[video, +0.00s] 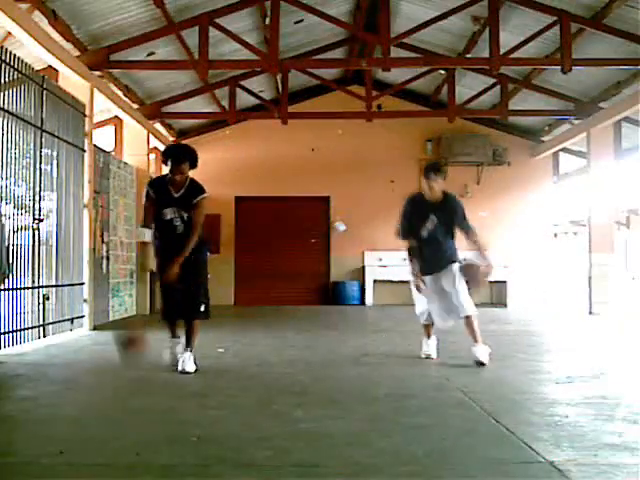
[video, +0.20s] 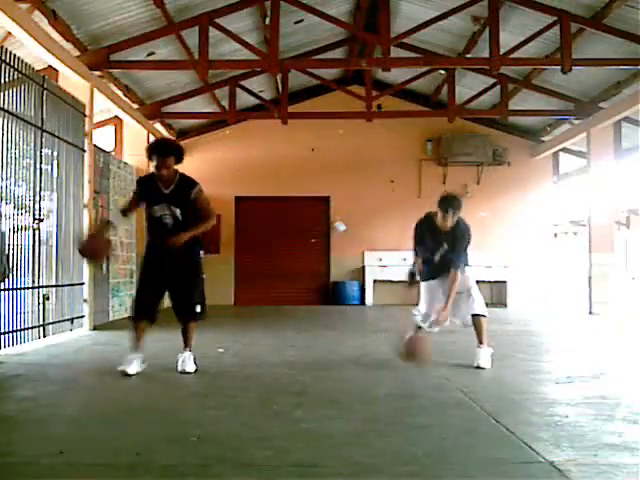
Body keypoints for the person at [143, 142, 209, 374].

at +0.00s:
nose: (178, 178)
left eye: (182, 173)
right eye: (174, 173)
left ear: (190, 169)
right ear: (168, 168)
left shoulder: (197, 191)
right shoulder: (155, 188)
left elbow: (196, 230)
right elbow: (148, 224)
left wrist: (178, 262)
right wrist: (150, 258)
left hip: (192, 250)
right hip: (166, 249)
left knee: (192, 301)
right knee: (170, 300)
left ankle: (189, 351)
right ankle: (175, 341)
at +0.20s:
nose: (160, 171)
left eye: (165, 166)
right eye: (157, 166)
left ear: (176, 164)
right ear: (152, 164)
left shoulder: (190, 187)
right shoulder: (146, 184)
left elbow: (210, 218)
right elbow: (131, 208)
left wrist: (185, 235)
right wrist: (124, 212)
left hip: (185, 254)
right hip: (156, 253)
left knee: (187, 306)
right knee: (143, 304)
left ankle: (187, 353)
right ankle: (136, 354)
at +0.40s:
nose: (142, 169)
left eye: (147, 164)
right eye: (138, 164)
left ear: (159, 161)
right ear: (134, 162)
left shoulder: (174, 184)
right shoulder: (128, 183)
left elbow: (204, 203)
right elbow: (103, 202)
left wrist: (199, 221)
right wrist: (81, 207)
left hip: (170, 258)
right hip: (139, 258)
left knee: (178, 308)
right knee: (130, 309)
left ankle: (184, 351)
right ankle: (125, 357)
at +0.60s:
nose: (130, 171)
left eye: (135, 166)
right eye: (126, 166)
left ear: (145, 160)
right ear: (120, 163)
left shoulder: (161, 181)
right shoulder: (115, 184)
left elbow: (184, 209)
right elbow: (103, 215)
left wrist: (183, 230)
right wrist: (91, 217)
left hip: (157, 254)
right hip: (128, 255)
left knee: (161, 307)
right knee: (123, 309)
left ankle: (175, 345)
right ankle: (124, 357)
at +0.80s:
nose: (120, 172)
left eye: (124, 167)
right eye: (116, 167)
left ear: (136, 161)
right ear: (112, 165)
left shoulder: (154, 179)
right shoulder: (108, 190)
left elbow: (174, 208)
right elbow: (108, 223)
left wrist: (179, 244)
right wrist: (109, 249)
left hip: (153, 250)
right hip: (125, 252)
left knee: (147, 302)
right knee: (121, 305)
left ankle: (162, 344)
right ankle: (123, 356)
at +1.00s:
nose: (122, 168)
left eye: (126, 163)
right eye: (118, 164)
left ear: (137, 158)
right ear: (113, 163)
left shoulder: (155, 176)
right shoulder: (109, 189)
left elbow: (173, 197)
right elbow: (113, 227)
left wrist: (185, 229)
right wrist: (125, 248)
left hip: (156, 252)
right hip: (125, 254)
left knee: (155, 304)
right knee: (123, 307)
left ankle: (162, 351)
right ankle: (123, 356)